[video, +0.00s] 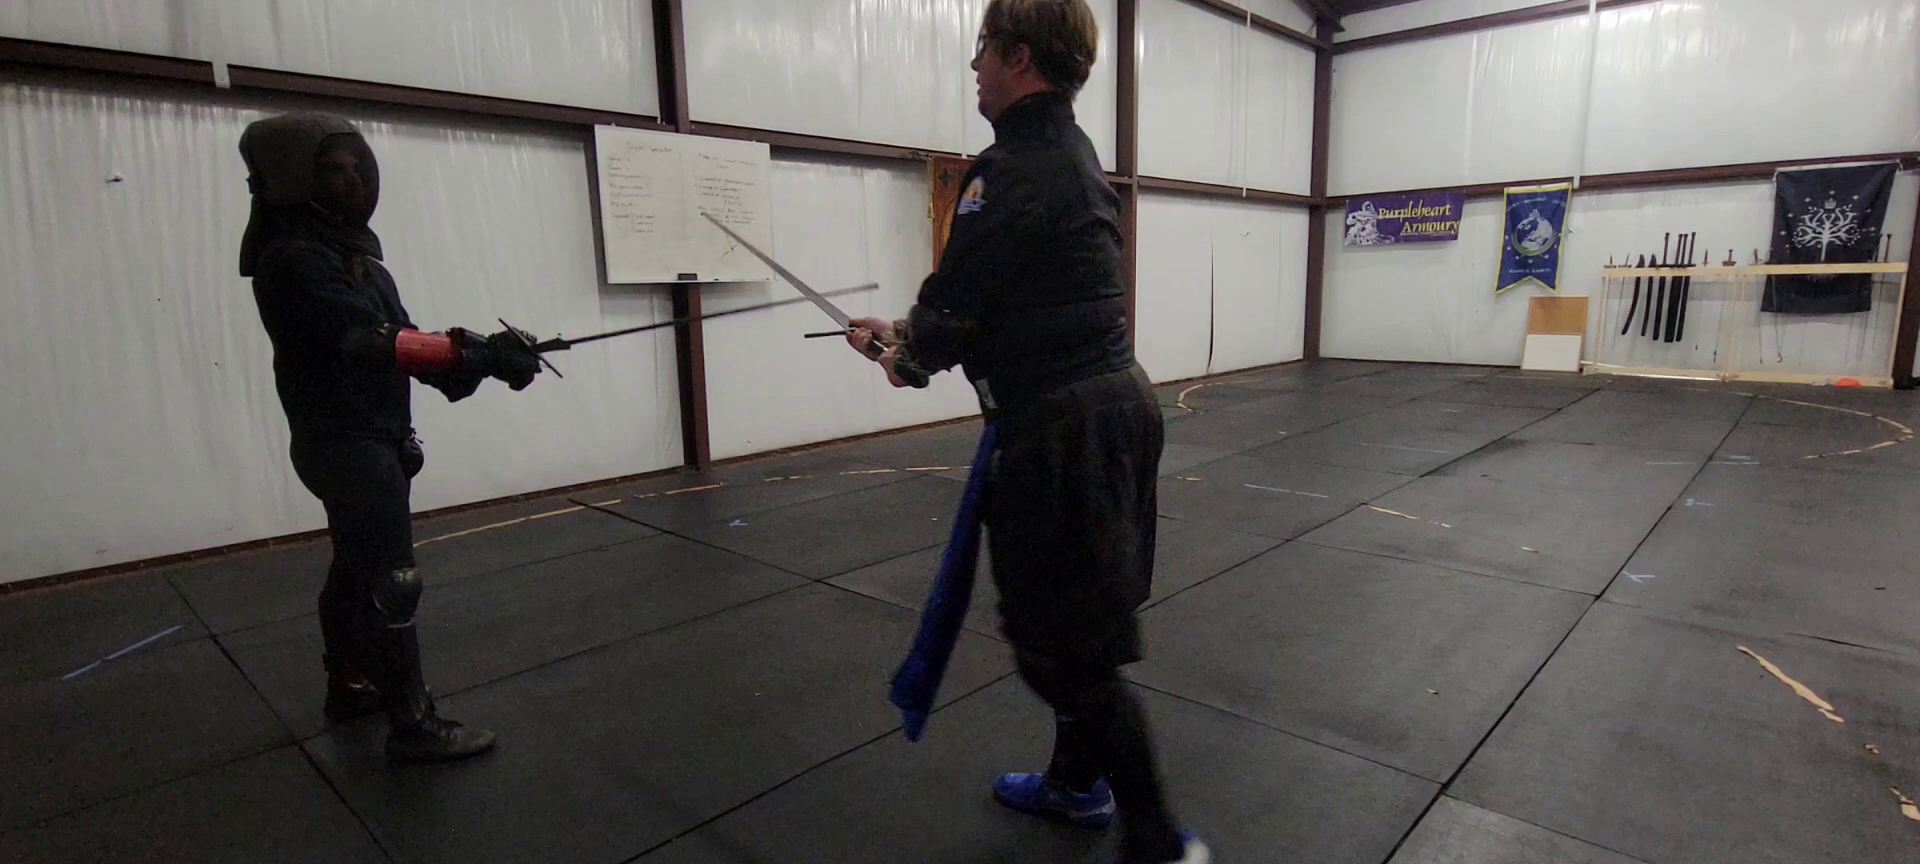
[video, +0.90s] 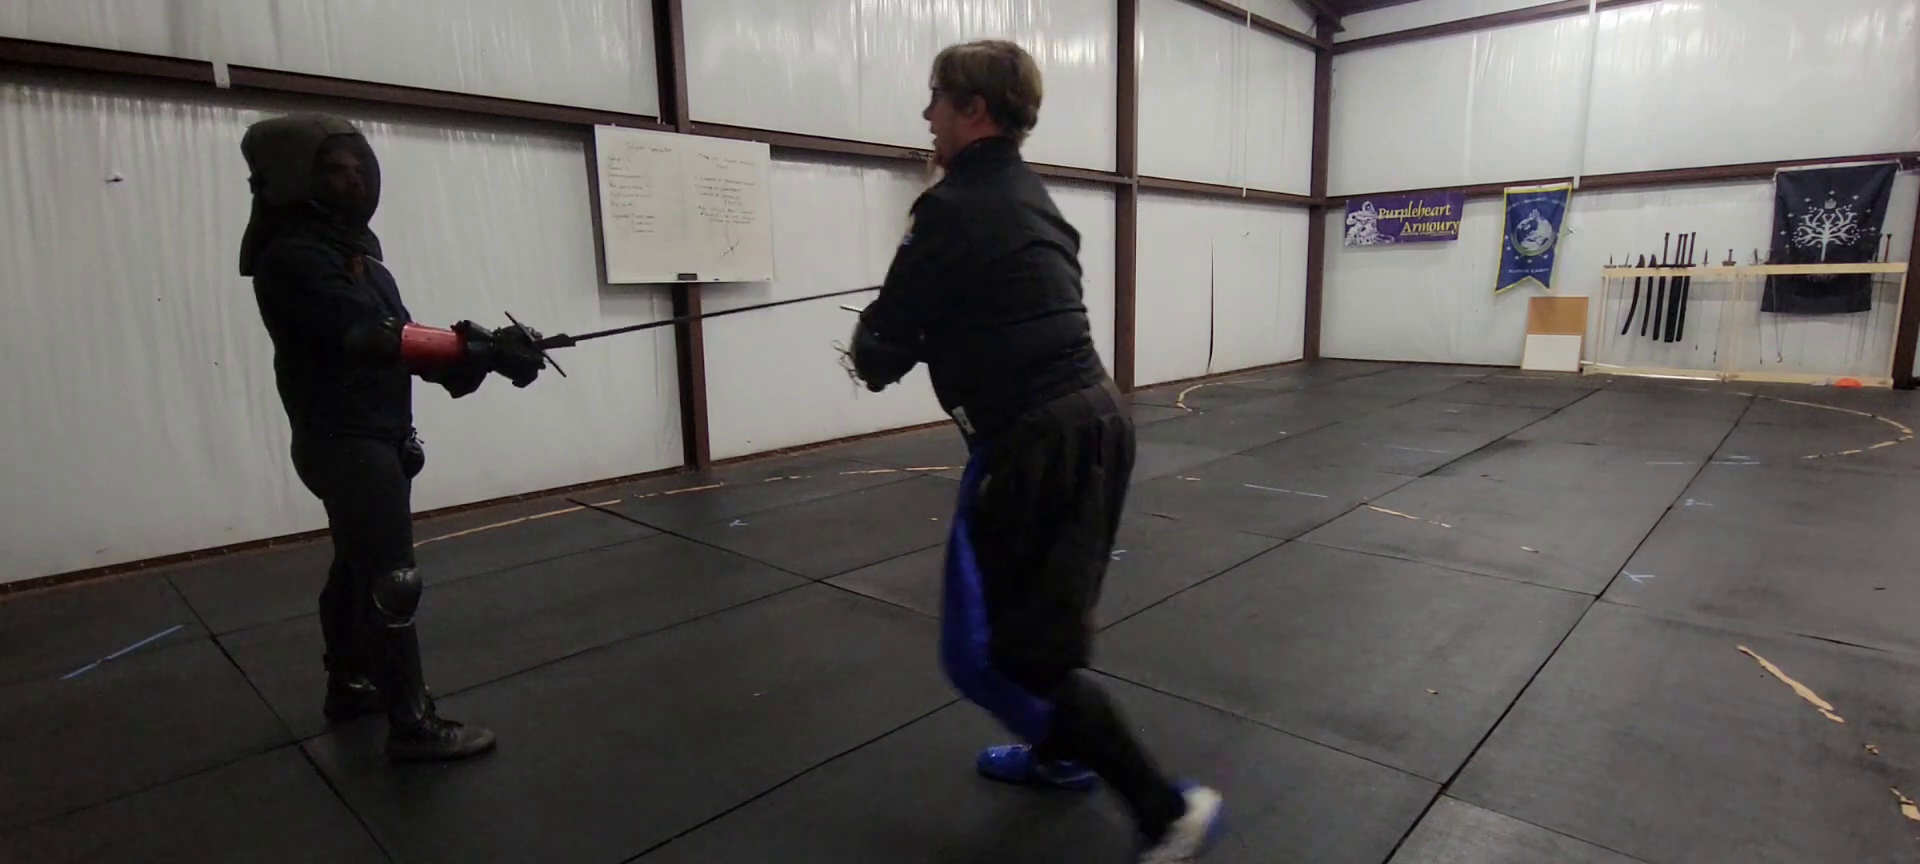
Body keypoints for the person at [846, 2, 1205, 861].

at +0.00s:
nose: (974, 68)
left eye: (986, 54)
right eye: (979, 52)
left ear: (1024, 65)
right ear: (1044, 69)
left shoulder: (1010, 170)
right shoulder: (1072, 153)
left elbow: (956, 306)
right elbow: (1003, 291)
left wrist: (912, 356)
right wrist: (906, 331)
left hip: (1062, 423)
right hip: (1119, 402)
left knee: (1068, 634)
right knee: (1077, 603)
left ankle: (1157, 840)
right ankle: (1075, 785)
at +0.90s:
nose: (927, 112)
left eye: (938, 98)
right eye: (932, 98)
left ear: (977, 111)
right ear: (998, 117)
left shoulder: (951, 213)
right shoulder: (1036, 195)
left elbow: (880, 353)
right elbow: (1018, 301)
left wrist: (871, 349)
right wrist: (924, 326)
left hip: (1027, 444)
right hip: (1098, 420)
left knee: (978, 658)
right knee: (1047, 604)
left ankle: (1166, 809)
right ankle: (1058, 753)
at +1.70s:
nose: (503, 121)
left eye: (504, 105)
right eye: (502, 105)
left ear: (519, 109)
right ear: (604, 102)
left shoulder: (485, 231)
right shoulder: (690, 183)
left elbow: (502, 376)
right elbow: (755, 316)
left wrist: (564, 452)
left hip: (584, 459)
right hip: (731, 430)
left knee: (583, 686)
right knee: (758, 675)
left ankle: (623, 849)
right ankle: (776, 846)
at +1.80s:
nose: (484, 123)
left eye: (483, 109)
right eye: (483, 110)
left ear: (494, 113)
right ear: (590, 109)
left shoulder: (464, 231)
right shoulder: (673, 189)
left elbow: (482, 375)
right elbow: (740, 346)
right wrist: (760, 441)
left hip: (545, 464)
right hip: (700, 440)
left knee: (569, 708)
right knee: (711, 707)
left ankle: (611, 847)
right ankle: (670, 842)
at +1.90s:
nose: (485, 127)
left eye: (484, 113)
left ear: (491, 118)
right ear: (590, 111)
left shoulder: (454, 234)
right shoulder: (668, 200)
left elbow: (466, 387)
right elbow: (733, 372)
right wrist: (741, 489)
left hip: (515, 498)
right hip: (666, 481)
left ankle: (592, 833)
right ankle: (612, 839)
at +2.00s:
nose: (484, 125)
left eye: (484, 111)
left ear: (493, 119)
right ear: (598, 114)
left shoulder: (448, 233)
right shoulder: (666, 212)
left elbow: (450, 384)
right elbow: (727, 384)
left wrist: (521, 443)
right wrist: (739, 500)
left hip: (475, 497)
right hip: (636, 489)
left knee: (512, 746)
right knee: (615, 770)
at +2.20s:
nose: (471, 105)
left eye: (470, 93)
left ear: (477, 101)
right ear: (591, 101)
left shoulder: (429, 220)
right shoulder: (652, 205)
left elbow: (435, 379)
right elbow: (721, 385)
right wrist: (729, 496)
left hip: (447, 513)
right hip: (607, 505)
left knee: (498, 776)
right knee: (603, 795)